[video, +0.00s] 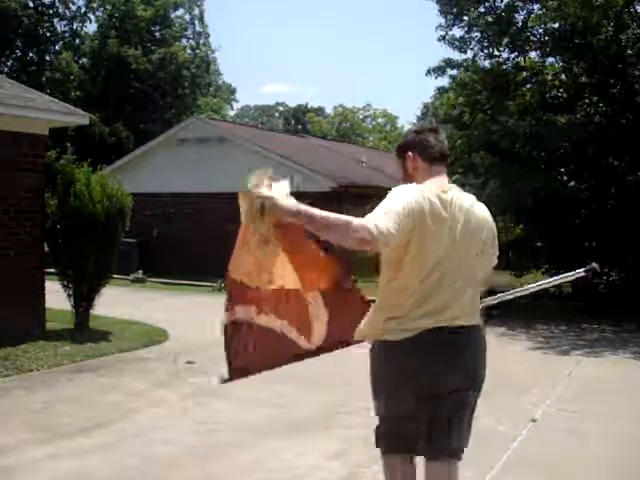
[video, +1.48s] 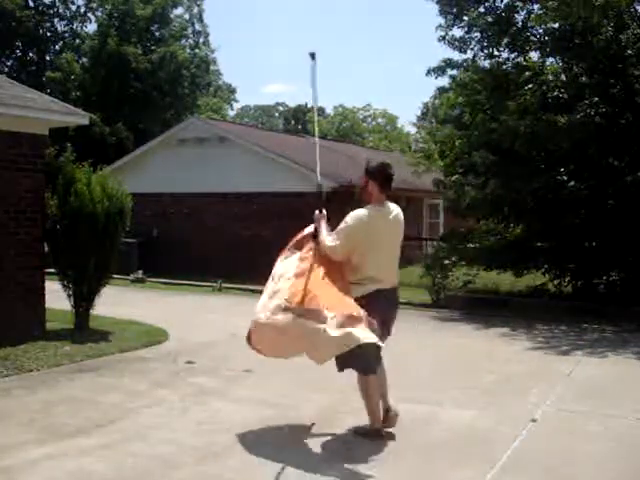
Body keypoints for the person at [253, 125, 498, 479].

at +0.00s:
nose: (402, 174)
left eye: (402, 165)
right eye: (401, 166)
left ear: (412, 160)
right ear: (446, 162)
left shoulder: (408, 199)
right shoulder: (481, 214)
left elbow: (368, 235)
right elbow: (484, 273)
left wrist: (290, 208)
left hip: (403, 346)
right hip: (464, 346)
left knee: (398, 450)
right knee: (445, 454)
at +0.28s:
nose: (392, 184)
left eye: (391, 176)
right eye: (392, 176)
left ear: (402, 171)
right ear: (430, 172)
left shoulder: (401, 209)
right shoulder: (463, 215)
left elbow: (372, 255)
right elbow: (468, 262)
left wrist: (308, 240)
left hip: (396, 341)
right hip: (450, 338)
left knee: (397, 445)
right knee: (437, 442)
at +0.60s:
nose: (389, 178)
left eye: (391, 172)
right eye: (391, 171)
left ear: (398, 174)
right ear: (425, 175)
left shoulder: (377, 215)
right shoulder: (448, 215)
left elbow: (349, 263)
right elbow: (453, 247)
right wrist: (429, 207)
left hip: (392, 323)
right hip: (436, 322)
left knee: (395, 412)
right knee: (421, 396)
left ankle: (400, 475)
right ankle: (416, 463)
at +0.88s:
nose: (391, 181)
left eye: (393, 177)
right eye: (393, 176)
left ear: (399, 180)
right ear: (425, 181)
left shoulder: (379, 215)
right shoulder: (443, 215)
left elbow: (353, 255)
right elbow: (443, 244)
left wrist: (339, 232)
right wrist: (401, 200)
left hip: (385, 312)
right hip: (431, 309)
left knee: (382, 390)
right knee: (419, 387)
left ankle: (397, 453)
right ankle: (417, 459)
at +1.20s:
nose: (377, 189)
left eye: (378, 184)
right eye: (380, 184)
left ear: (383, 187)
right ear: (406, 188)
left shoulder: (365, 221)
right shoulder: (419, 221)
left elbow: (337, 249)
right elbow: (410, 249)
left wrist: (325, 225)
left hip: (370, 312)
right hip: (411, 311)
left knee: (373, 375)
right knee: (410, 379)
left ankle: (376, 429)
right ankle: (415, 441)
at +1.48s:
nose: (363, 187)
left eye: (364, 183)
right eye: (365, 182)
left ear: (370, 185)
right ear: (388, 186)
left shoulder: (358, 219)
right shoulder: (397, 215)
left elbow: (332, 249)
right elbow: (376, 241)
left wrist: (321, 226)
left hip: (363, 296)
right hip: (390, 294)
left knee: (365, 359)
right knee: (373, 353)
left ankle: (376, 424)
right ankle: (386, 407)